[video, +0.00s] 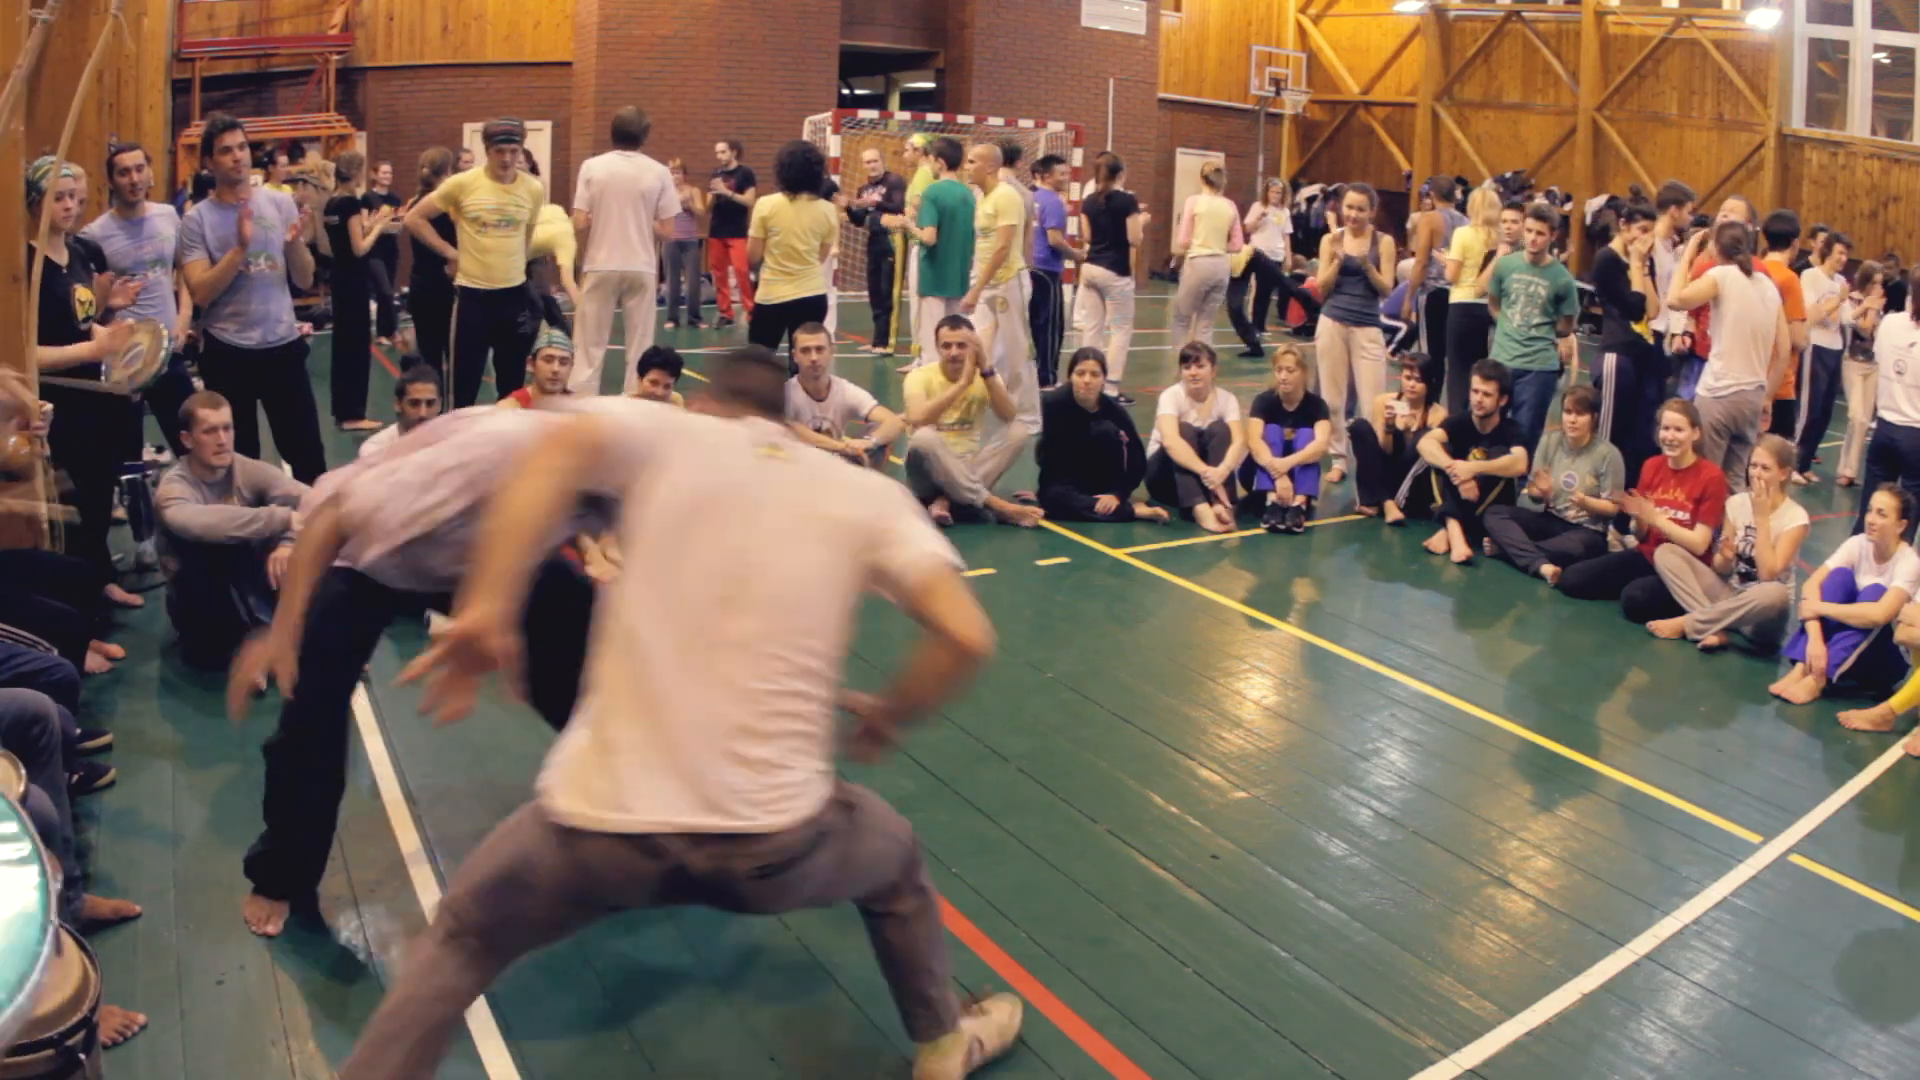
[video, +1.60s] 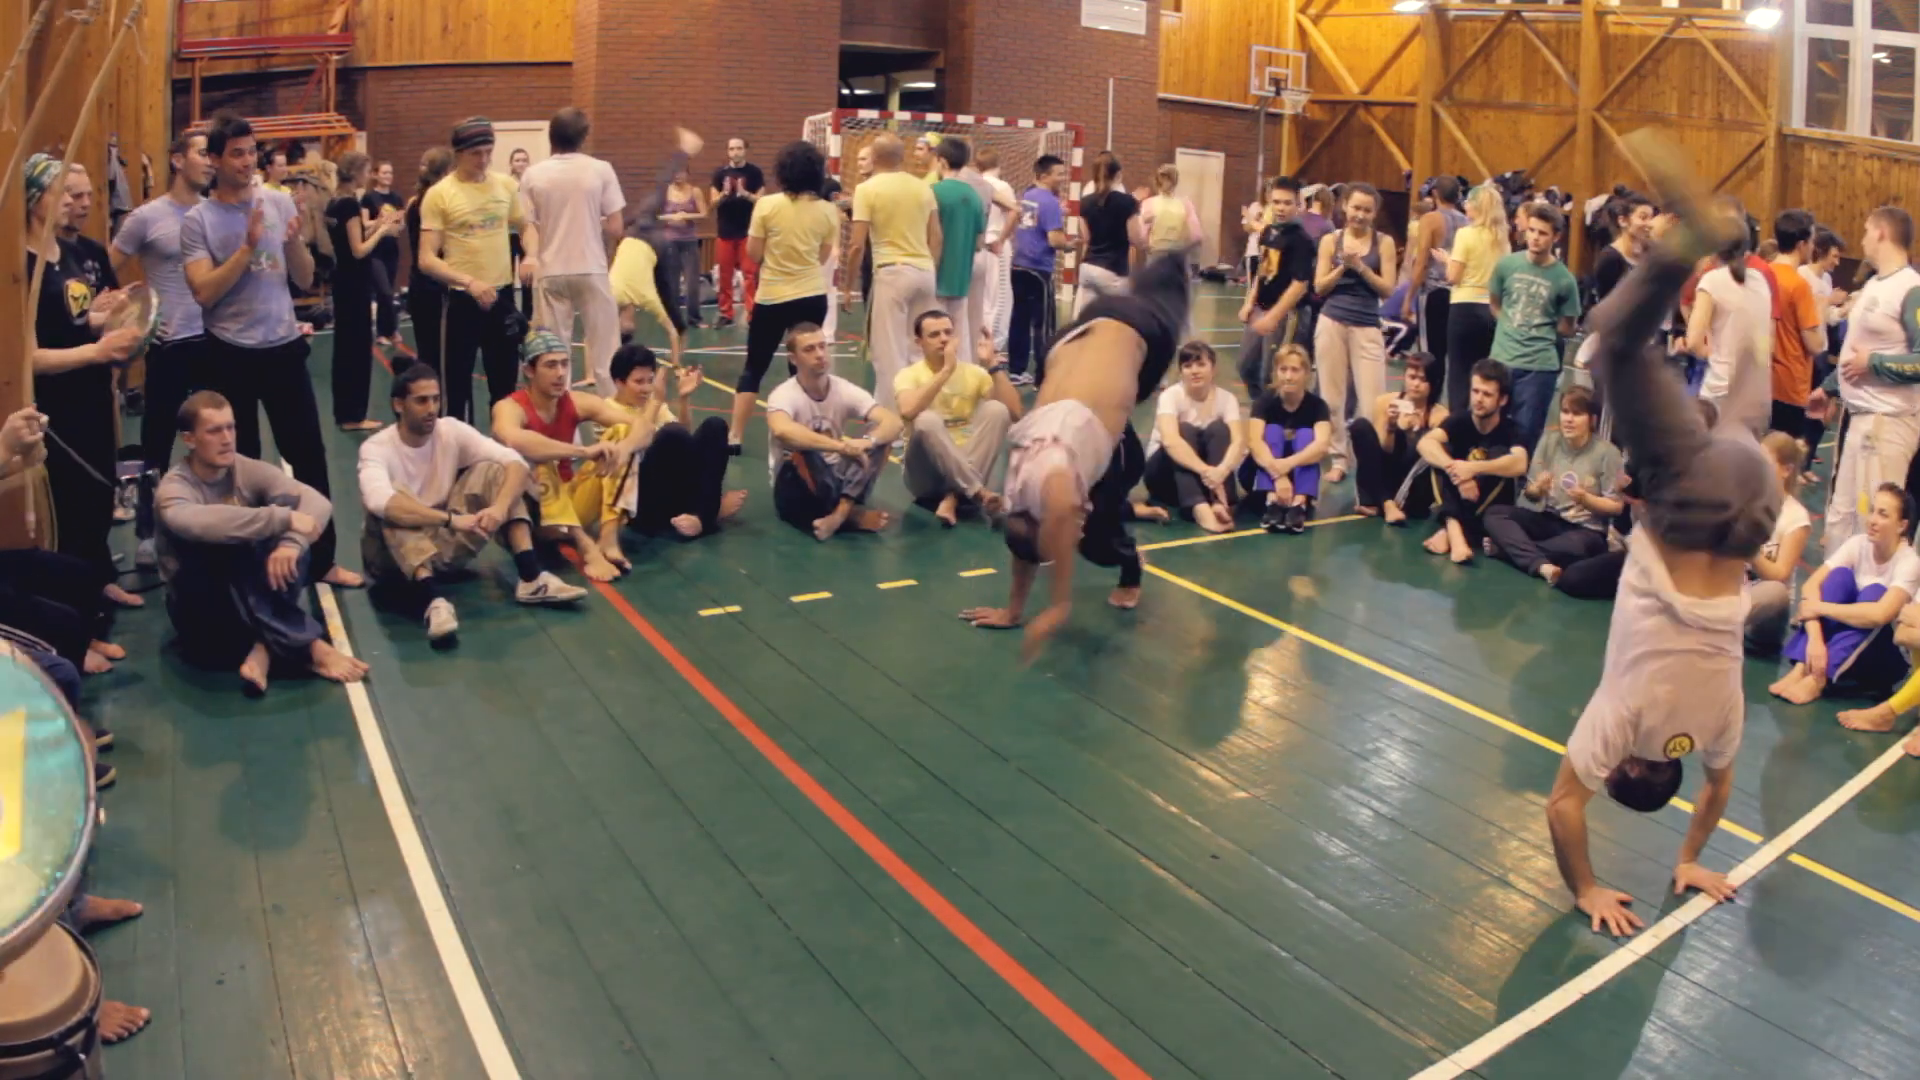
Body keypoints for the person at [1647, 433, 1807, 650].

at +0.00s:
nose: (1756, 473)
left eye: (1765, 468)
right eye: (1753, 466)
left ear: (1784, 474)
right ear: (1747, 467)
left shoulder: (1795, 517)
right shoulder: (1736, 503)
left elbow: (1768, 573)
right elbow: (1720, 568)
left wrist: (1762, 518)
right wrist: (1726, 557)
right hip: (1726, 595)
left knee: (1774, 594)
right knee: (1665, 552)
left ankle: (1686, 624)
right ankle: (1711, 629)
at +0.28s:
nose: (1757, 474)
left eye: (1767, 469)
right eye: (1755, 466)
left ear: (1786, 476)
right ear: (1750, 467)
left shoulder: (1796, 519)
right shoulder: (1737, 502)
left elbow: (1775, 576)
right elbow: (1719, 566)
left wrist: (1756, 528)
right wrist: (1727, 554)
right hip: (1725, 595)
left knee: (1774, 594)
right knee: (1666, 552)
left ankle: (1686, 624)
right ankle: (1711, 629)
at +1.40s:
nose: (1757, 469)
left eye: (1766, 464)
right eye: (1756, 462)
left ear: (1787, 471)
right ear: (1753, 461)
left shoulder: (1797, 516)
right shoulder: (1739, 499)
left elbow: (1777, 574)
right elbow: (1720, 566)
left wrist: (1741, 538)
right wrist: (1730, 539)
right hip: (1728, 590)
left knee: (1774, 592)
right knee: (1685, 566)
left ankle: (1695, 622)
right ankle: (1709, 631)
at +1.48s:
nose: (1757, 469)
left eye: (1766, 464)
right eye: (1757, 462)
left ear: (1786, 471)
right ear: (1752, 461)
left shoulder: (1797, 517)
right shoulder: (1740, 499)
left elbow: (1777, 574)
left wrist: (1740, 538)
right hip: (1725, 581)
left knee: (1773, 592)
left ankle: (1706, 618)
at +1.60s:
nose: (1759, 471)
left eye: (1766, 465)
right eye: (1758, 463)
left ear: (1786, 471)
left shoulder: (1796, 515)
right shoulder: (1743, 499)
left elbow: (1780, 573)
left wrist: (1747, 549)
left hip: (1759, 584)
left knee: (1774, 591)